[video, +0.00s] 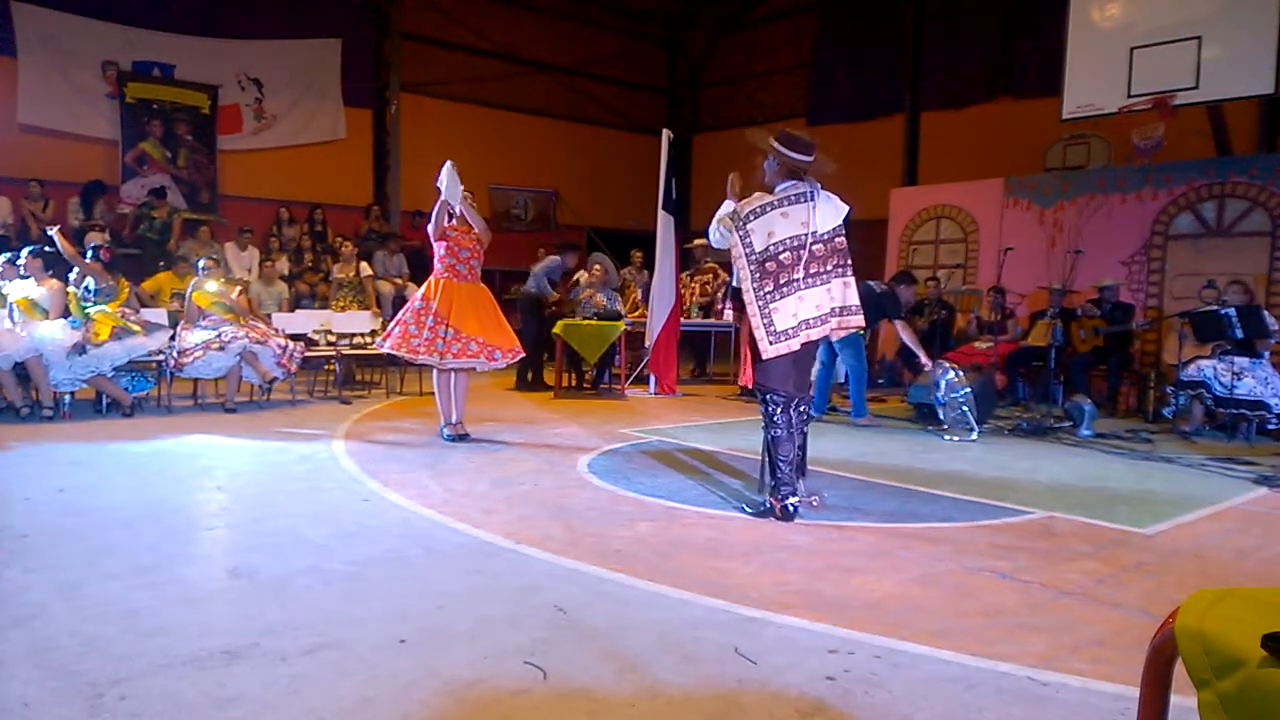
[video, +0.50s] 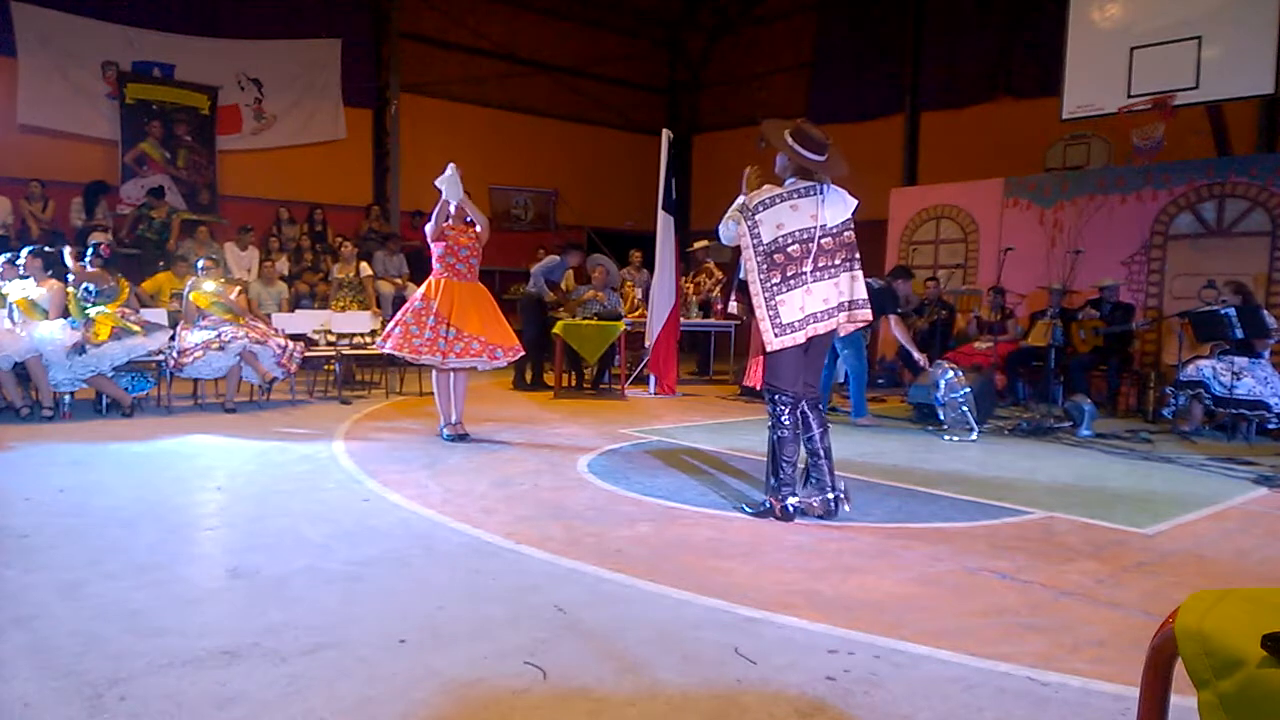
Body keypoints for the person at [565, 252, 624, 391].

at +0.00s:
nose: (593, 272)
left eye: (598, 270)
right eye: (592, 269)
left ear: (605, 275)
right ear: (588, 273)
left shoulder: (613, 295)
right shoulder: (579, 291)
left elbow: (620, 314)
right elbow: (568, 306)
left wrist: (602, 307)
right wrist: (581, 298)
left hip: (603, 329)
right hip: (582, 327)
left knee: (609, 348)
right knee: (570, 346)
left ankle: (597, 380)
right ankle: (579, 378)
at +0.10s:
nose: (594, 273)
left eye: (598, 270)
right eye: (592, 270)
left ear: (606, 275)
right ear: (589, 274)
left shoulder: (613, 296)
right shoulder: (581, 291)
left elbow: (620, 314)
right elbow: (568, 305)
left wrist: (603, 306)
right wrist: (582, 297)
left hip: (603, 329)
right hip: (582, 327)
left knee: (609, 348)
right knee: (570, 345)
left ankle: (597, 380)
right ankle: (579, 378)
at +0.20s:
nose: (595, 273)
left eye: (599, 271)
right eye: (593, 270)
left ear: (606, 276)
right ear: (590, 273)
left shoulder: (614, 296)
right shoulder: (580, 290)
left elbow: (620, 314)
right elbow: (568, 305)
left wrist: (604, 304)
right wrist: (582, 297)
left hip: (603, 329)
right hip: (582, 327)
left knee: (610, 348)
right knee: (570, 346)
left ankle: (597, 380)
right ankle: (579, 378)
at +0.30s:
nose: (595, 274)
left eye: (599, 272)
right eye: (594, 271)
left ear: (607, 276)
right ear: (590, 274)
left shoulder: (614, 296)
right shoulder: (579, 290)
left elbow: (620, 314)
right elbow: (567, 306)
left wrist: (605, 304)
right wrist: (582, 297)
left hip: (603, 329)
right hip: (581, 327)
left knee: (610, 349)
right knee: (571, 346)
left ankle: (597, 381)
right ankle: (579, 379)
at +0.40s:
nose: (596, 275)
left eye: (600, 273)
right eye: (594, 272)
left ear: (607, 277)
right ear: (591, 275)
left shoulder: (613, 296)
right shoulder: (581, 290)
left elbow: (620, 314)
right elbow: (569, 308)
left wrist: (605, 303)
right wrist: (583, 298)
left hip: (603, 329)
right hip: (582, 327)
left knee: (610, 348)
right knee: (570, 346)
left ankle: (597, 380)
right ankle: (579, 378)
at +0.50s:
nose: (596, 276)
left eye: (600, 273)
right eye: (594, 272)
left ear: (607, 277)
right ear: (591, 275)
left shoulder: (613, 295)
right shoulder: (581, 290)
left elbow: (620, 314)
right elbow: (568, 307)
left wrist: (605, 303)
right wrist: (583, 299)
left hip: (603, 328)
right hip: (582, 326)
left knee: (610, 348)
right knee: (570, 344)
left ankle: (597, 379)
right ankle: (579, 376)